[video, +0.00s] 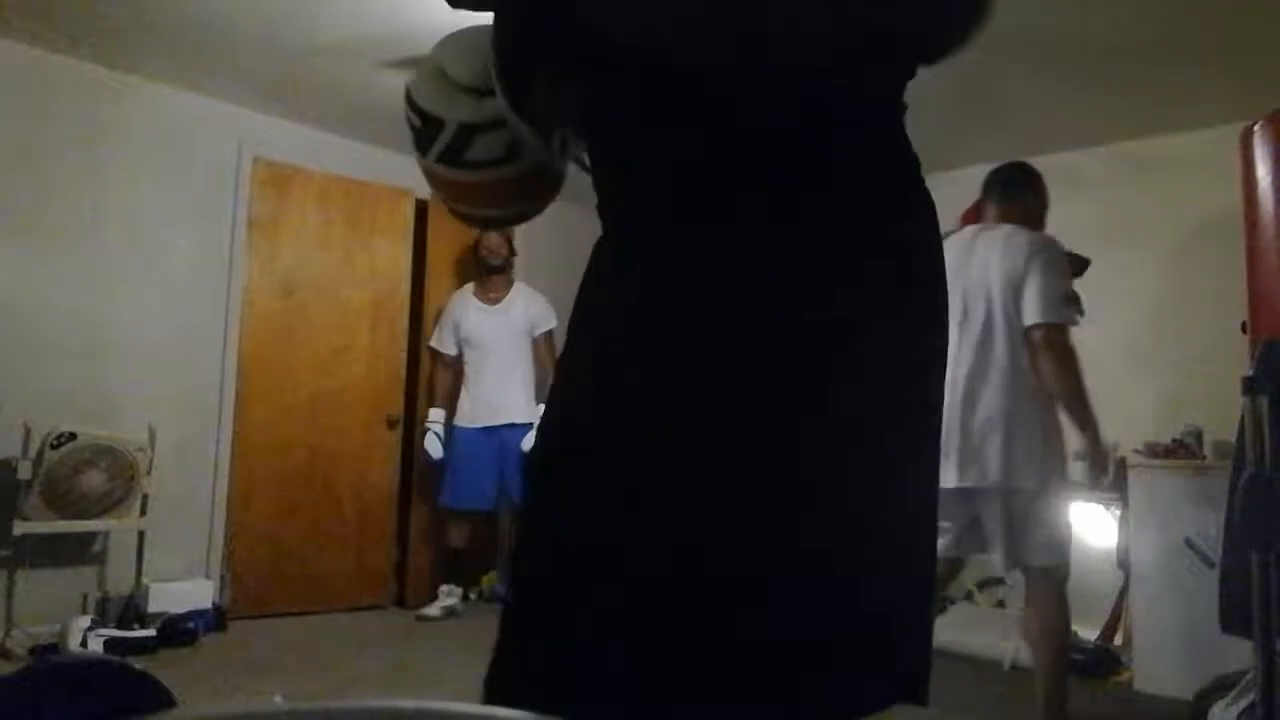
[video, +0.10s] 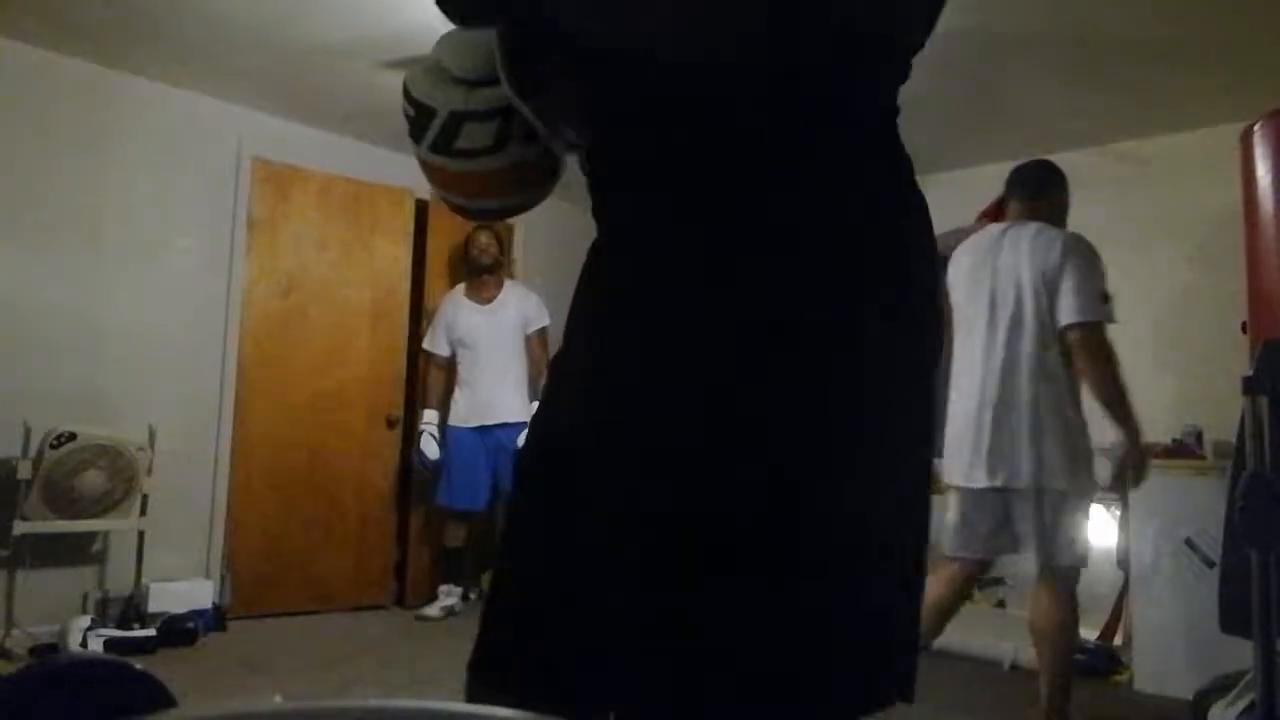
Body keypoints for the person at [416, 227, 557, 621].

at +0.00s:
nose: (491, 256)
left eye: (498, 250)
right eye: (486, 250)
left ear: (511, 257)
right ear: (477, 255)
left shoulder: (532, 304)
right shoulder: (459, 303)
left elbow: (548, 369)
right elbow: (445, 365)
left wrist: (545, 420)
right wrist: (436, 420)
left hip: (520, 424)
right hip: (471, 424)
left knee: (516, 511)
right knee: (458, 509)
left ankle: (511, 587)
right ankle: (450, 590)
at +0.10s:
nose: (484, 252)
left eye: (490, 245)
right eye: (477, 246)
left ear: (501, 253)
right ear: (467, 255)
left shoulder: (525, 300)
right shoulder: (452, 303)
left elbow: (540, 363)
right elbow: (437, 366)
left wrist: (539, 413)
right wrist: (429, 423)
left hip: (515, 424)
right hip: (465, 425)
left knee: (516, 511)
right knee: (456, 510)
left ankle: (511, 589)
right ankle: (452, 590)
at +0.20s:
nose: (473, 251)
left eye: (479, 245)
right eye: (466, 246)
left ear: (492, 254)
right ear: (455, 257)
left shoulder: (518, 298)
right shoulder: (443, 306)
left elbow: (533, 359)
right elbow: (430, 366)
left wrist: (533, 411)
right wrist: (426, 423)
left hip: (509, 422)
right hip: (459, 424)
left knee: (511, 509)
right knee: (452, 510)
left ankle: (508, 586)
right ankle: (451, 590)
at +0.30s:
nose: (466, 251)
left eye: (472, 245)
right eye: (459, 247)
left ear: (483, 255)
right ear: (447, 259)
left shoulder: (510, 298)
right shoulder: (437, 305)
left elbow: (527, 355)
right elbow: (425, 367)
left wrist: (529, 408)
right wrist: (423, 424)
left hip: (504, 422)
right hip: (453, 426)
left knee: (510, 510)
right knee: (448, 512)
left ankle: (517, 587)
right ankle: (450, 590)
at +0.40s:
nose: (461, 252)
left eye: (466, 246)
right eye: (453, 247)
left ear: (478, 254)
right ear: (441, 258)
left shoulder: (505, 298)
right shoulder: (429, 306)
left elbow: (521, 356)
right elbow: (420, 368)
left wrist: (523, 408)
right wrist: (421, 424)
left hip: (500, 423)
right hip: (449, 427)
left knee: (507, 510)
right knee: (446, 512)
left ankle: (516, 589)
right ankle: (449, 591)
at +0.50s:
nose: (456, 252)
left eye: (462, 247)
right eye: (449, 248)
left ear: (474, 255)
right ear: (439, 261)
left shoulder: (503, 299)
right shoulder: (425, 305)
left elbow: (523, 357)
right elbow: (416, 367)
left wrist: (524, 414)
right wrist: (419, 424)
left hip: (497, 419)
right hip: (446, 423)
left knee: (507, 509)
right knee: (445, 512)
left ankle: (517, 587)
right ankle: (449, 590)